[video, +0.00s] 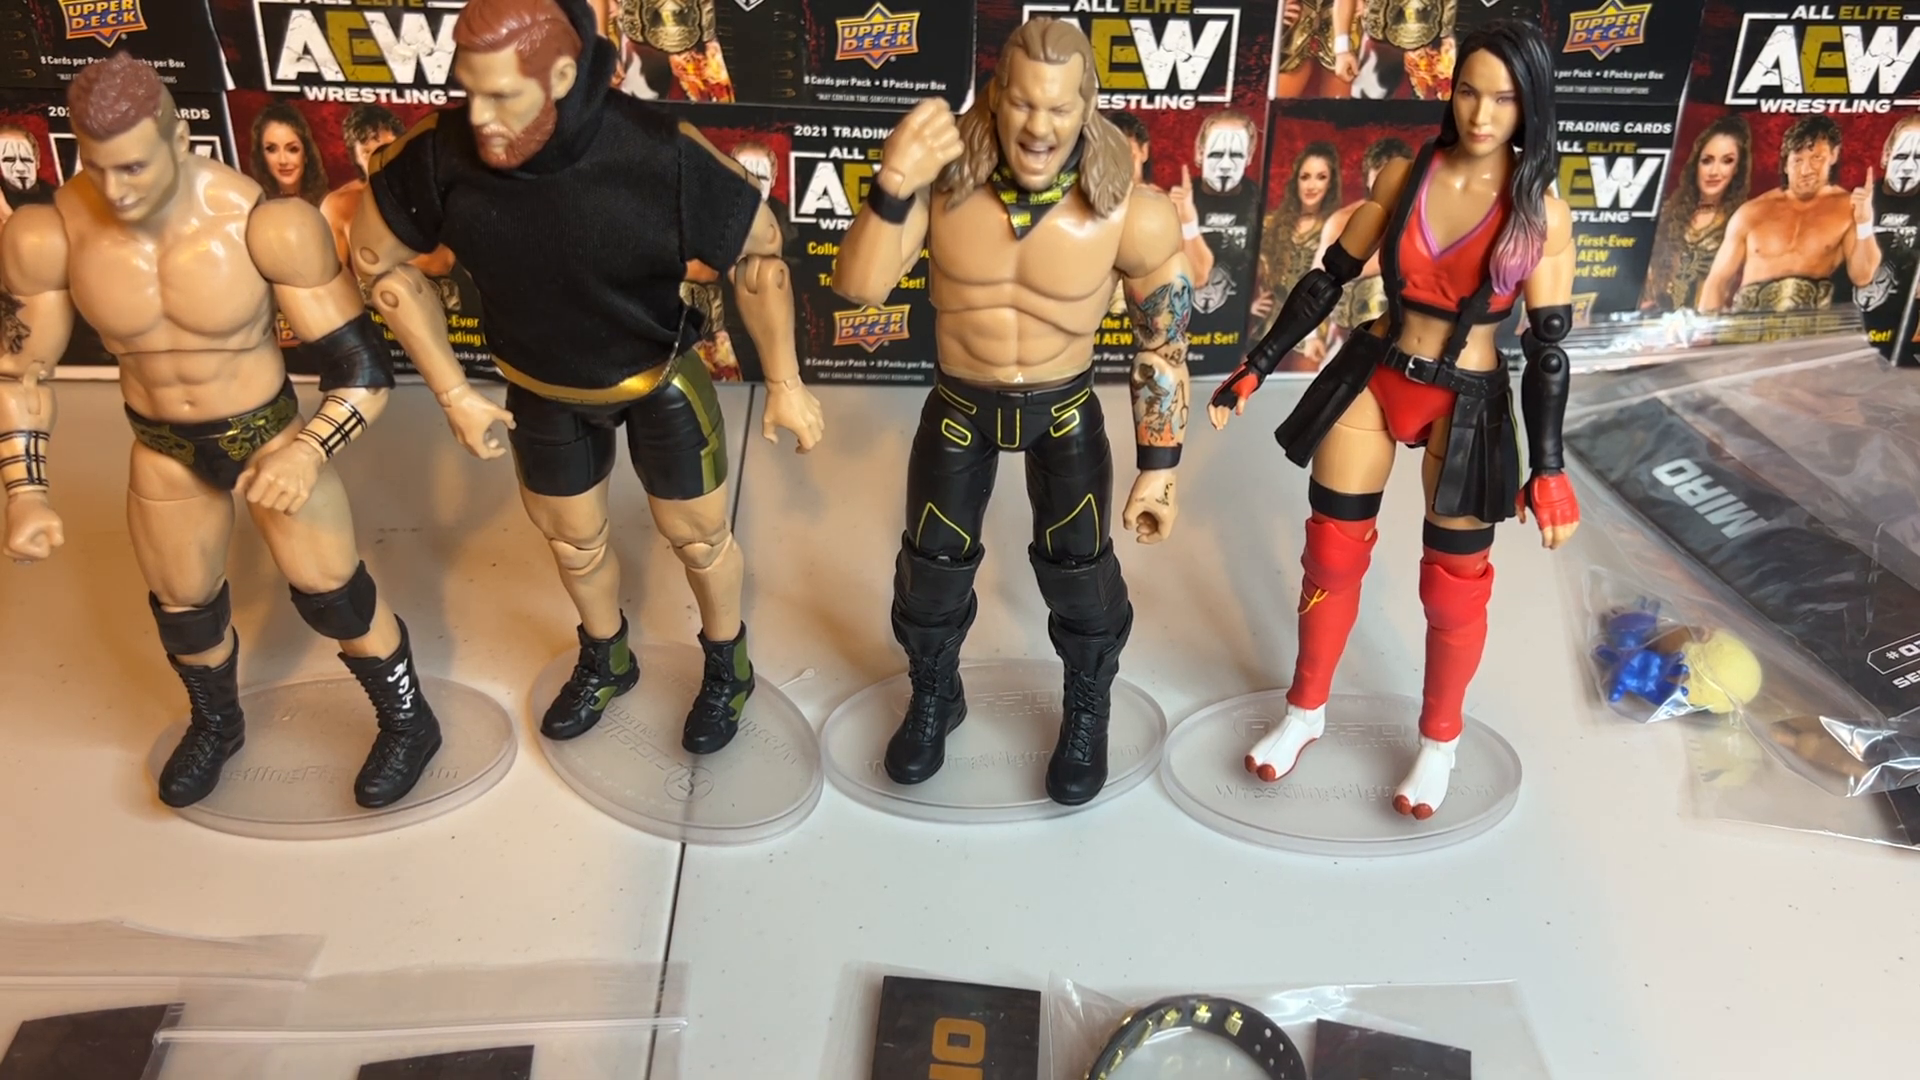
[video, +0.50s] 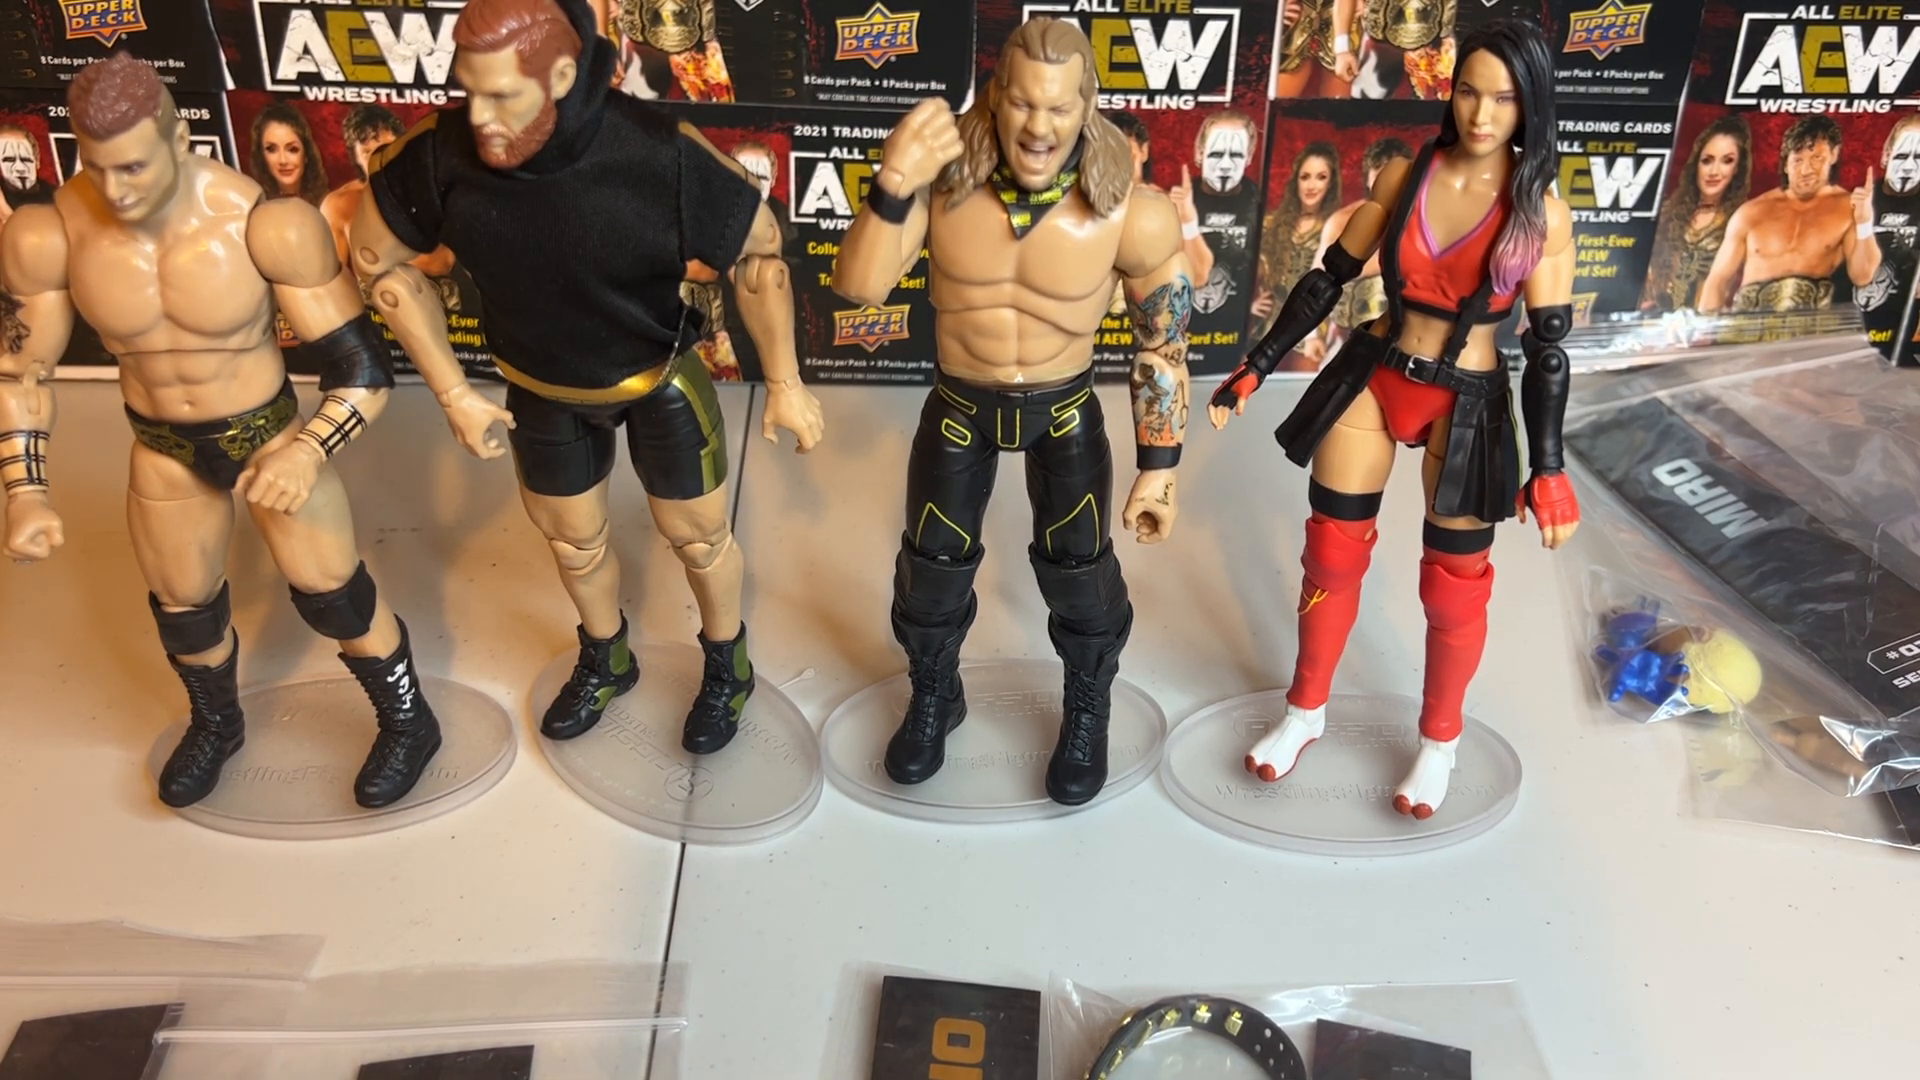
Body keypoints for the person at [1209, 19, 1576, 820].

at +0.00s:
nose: (1480, 113)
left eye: (1501, 99)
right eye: (1469, 93)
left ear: (1528, 108)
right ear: (1451, 94)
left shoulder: (1540, 208)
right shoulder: (1406, 175)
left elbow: (1549, 343)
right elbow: (1332, 273)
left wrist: (1549, 465)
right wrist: (1256, 364)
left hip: (1467, 404)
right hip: (1371, 382)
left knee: (1454, 590)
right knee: (1331, 559)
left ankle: (1437, 742)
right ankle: (1304, 710)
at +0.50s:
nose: (1479, 113)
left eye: (1501, 99)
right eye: (1469, 93)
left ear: (1528, 108)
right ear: (1450, 93)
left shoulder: (1540, 208)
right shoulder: (1406, 174)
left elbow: (1549, 343)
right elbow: (1333, 273)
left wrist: (1549, 464)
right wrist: (1257, 363)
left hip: (1466, 405)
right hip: (1371, 383)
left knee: (1454, 591)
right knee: (1331, 560)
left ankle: (1438, 742)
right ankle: (1305, 710)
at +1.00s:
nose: (1480, 113)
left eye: (1501, 99)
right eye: (1469, 94)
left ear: (1528, 108)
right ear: (1451, 94)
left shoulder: (1540, 209)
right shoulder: (1406, 175)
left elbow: (1548, 345)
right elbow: (1332, 274)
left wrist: (1549, 466)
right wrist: (1256, 364)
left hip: (1467, 404)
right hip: (1372, 382)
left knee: (1454, 591)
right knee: (1331, 559)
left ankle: (1438, 741)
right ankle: (1304, 710)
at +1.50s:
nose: (1480, 114)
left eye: (1501, 99)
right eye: (1469, 94)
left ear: (1529, 108)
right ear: (1451, 94)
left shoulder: (1540, 208)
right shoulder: (1406, 175)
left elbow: (1549, 344)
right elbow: (1332, 274)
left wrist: (1549, 466)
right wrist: (1256, 364)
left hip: (1467, 404)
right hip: (1371, 382)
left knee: (1454, 591)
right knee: (1331, 560)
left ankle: (1437, 742)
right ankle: (1304, 710)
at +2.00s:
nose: (1480, 113)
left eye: (1501, 99)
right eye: (1469, 94)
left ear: (1529, 108)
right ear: (1450, 94)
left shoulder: (1540, 209)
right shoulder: (1406, 175)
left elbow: (1549, 345)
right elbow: (1333, 273)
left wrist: (1549, 466)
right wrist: (1256, 364)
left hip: (1467, 405)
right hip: (1372, 383)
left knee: (1454, 590)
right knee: (1331, 560)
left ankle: (1438, 742)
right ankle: (1304, 710)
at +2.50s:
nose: (1480, 113)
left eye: (1501, 99)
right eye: (1469, 94)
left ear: (1528, 108)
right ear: (1451, 94)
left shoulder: (1540, 209)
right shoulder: (1406, 175)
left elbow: (1549, 345)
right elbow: (1333, 274)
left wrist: (1549, 466)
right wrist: (1256, 365)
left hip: (1467, 404)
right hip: (1372, 382)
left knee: (1454, 591)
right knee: (1331, 560)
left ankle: (1438, 742)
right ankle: (1304, 710)